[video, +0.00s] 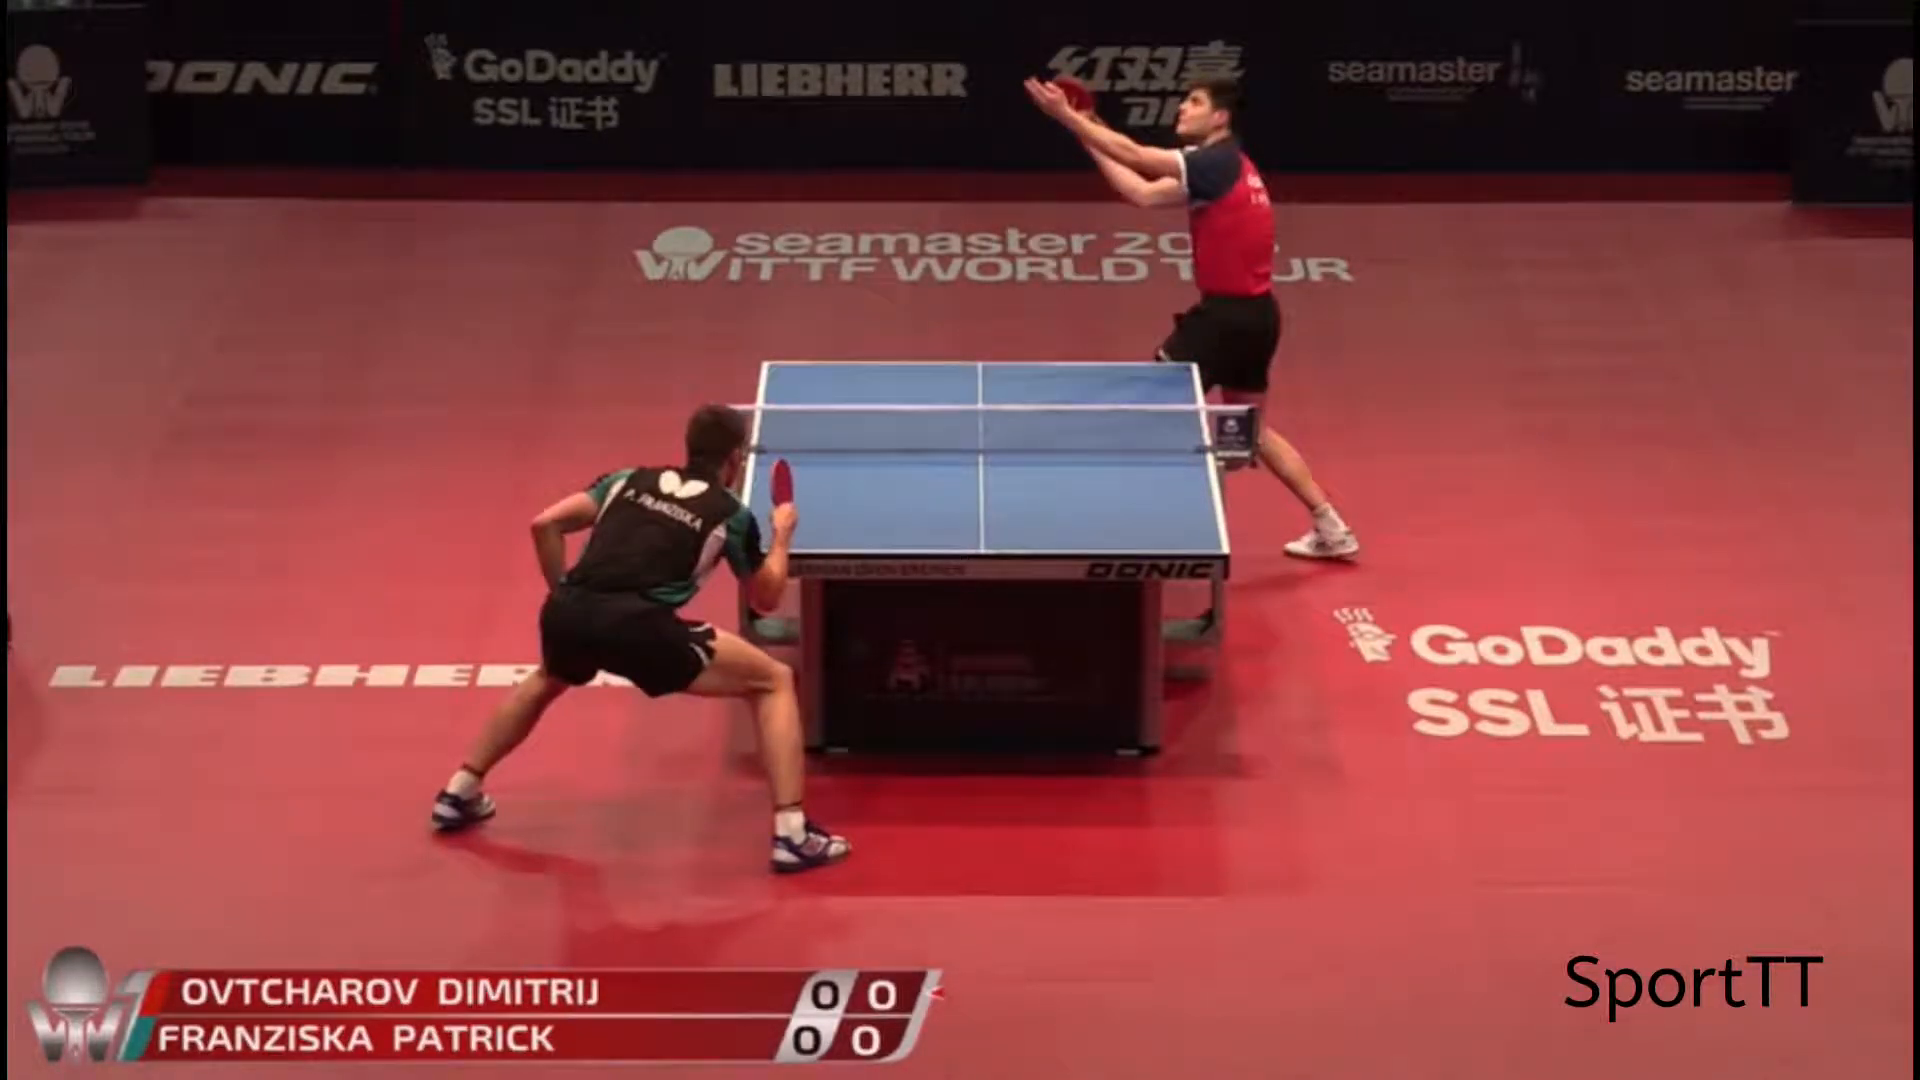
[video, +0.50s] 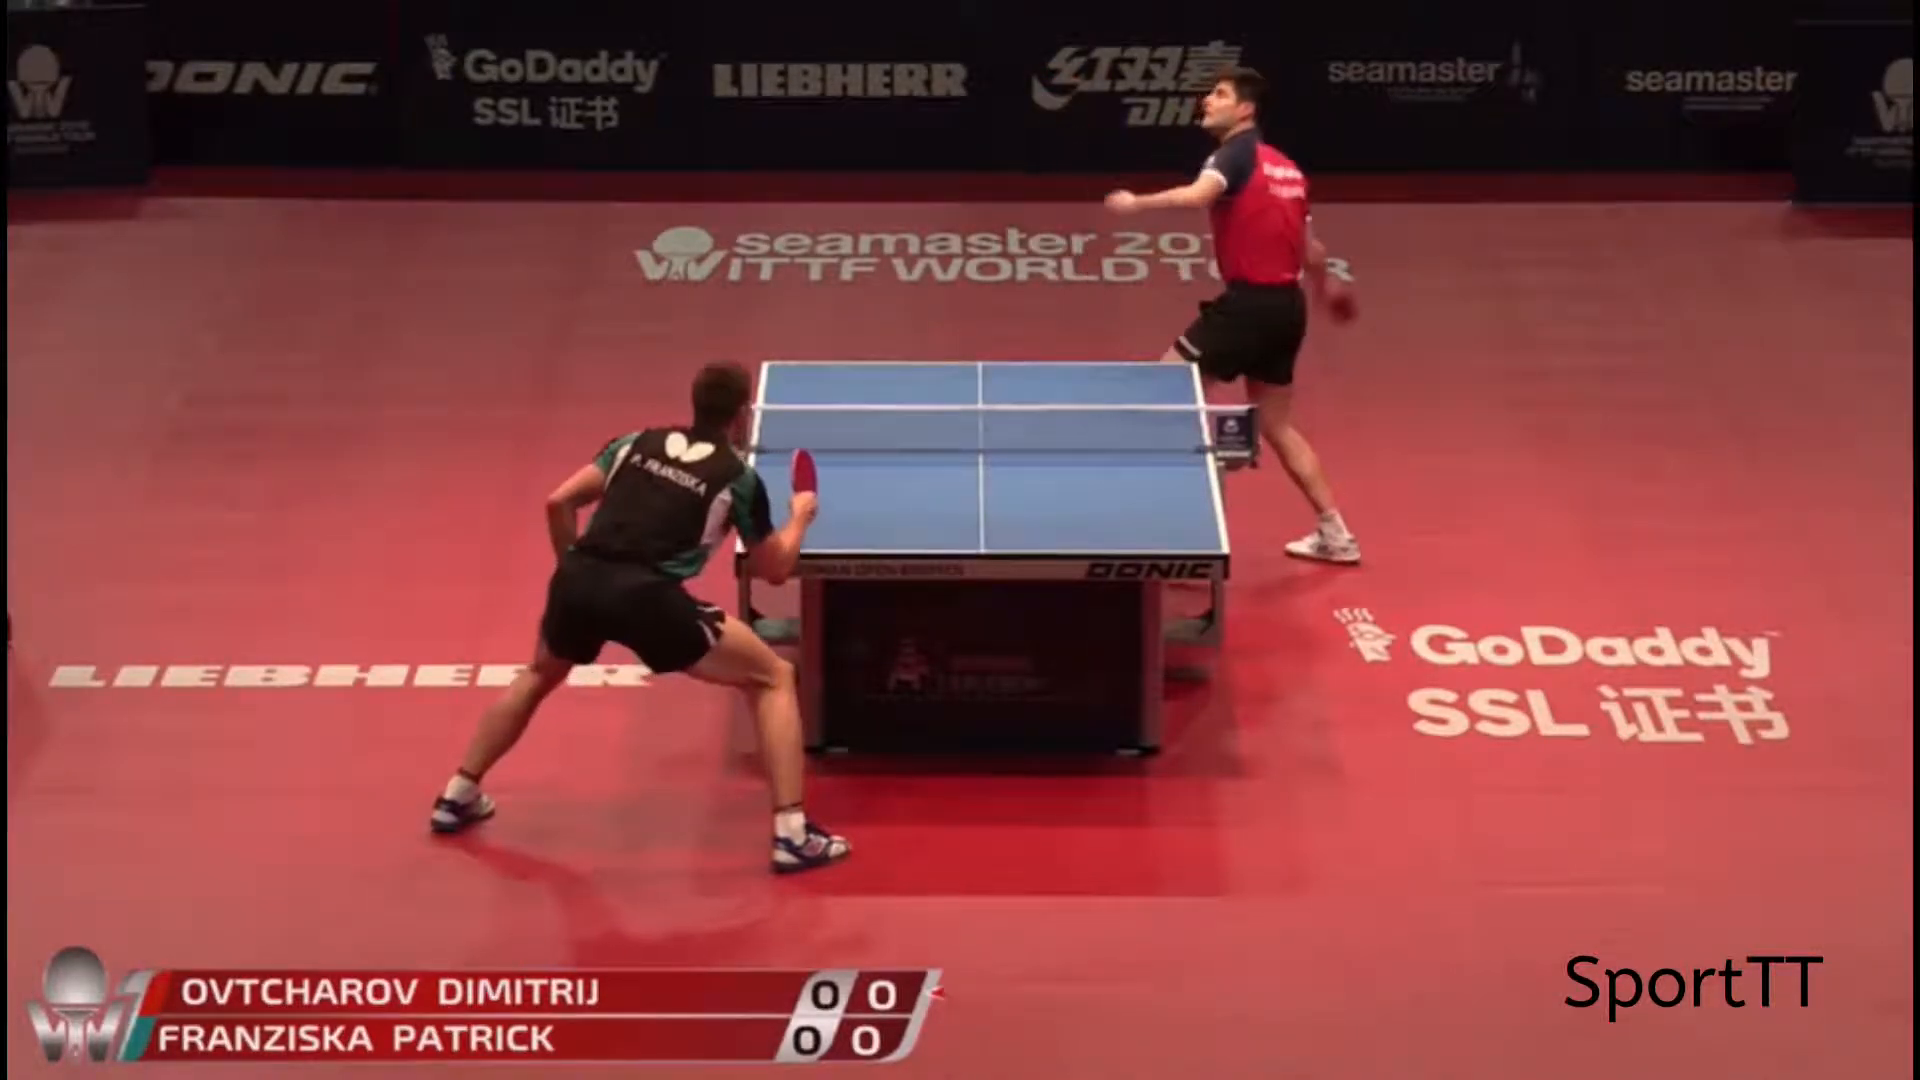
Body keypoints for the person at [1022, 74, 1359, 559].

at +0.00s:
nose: (1181, 110)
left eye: (1192, 103)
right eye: (1184, 101)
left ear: (1220, 117)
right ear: (1217, 120)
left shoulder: (1216, 161)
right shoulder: (1229, 165)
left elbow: (1136, 155)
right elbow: (1144, 192)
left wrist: (1068, 115)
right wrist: (1088, 137)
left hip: (1225, 315)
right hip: (1253, 315)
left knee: (1145, 406)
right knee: (1250, 430)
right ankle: (1330, 525)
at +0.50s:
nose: (1205, 102)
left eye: (1217, 95)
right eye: (1209, 94)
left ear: (1244, 109)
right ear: (1246, 113)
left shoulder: (1234, 151)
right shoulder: (1285, 165)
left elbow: (1201, 194)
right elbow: (1310, 247)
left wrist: (1137, 202)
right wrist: (1326, 282)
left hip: (1245, 303)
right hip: (1287, 306)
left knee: (1163, 386)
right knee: (1275, 423)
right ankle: (1334, 531)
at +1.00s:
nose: (1106, 207)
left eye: (1114, 198)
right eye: (1101, 199)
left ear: (1139, 191)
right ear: (1095, 199)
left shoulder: (1167, 227)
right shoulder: (1120, 212)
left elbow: (1235, 272)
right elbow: (1074, 229)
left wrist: (1187, 288)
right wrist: (1091, 251)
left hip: (1216, 323)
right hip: (1180, 319)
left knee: (1166, 403)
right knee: (1139, 387)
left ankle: (1247, 445)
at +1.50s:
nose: (1084, 179)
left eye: (1093, 168)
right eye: (1078, 170)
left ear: (1116, 162)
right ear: (1071, 170)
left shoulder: (1162, 195)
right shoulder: (1071, 210)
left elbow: (1216, 242)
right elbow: (1043, 267)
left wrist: (1164, 268)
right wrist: (1028, 291)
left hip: (1163, 314)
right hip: (1097, 313)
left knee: (1221, 401)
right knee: (1039, 388)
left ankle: (1259, 494)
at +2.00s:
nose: (1103, 243)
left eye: (1110, 234)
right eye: (1094, 234)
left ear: (1122, 228)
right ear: (1080, 230)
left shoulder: (1137, 244)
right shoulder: (1064, 257)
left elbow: (1162, 280)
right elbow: (1040, 304)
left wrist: (1171, 292)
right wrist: (1068, 315)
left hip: (1116, 332)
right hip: (1063, 339)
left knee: (1219, 389)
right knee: (1058, 403)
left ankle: (1266, 486)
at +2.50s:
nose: (1097, 181)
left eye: (1105, 171)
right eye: (1089, 172)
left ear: (1123, 167)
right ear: (1079, 173)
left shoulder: (1159, 204)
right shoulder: (1068, 210)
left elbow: (1205, 250)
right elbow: (1016, 261)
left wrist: (1185, 264)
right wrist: (1033, 267)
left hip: (1146, 315)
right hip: (1081, 314)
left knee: (1202, 393)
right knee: (1020, 382)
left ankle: (1273, 475)